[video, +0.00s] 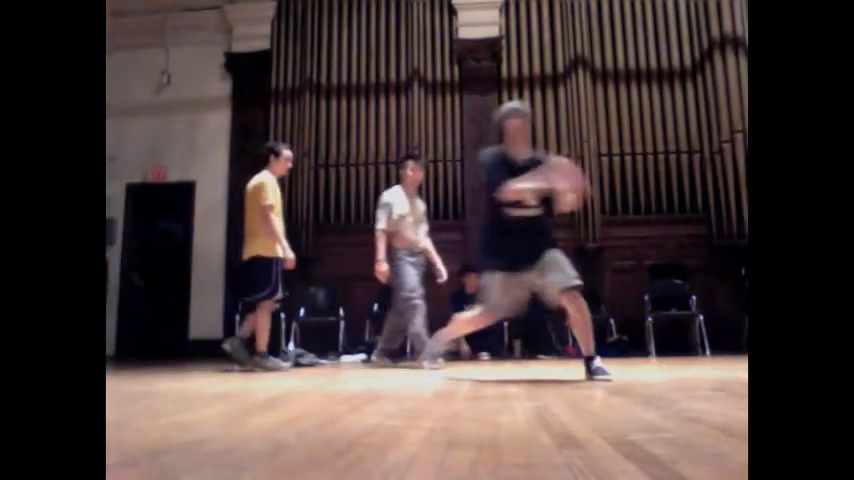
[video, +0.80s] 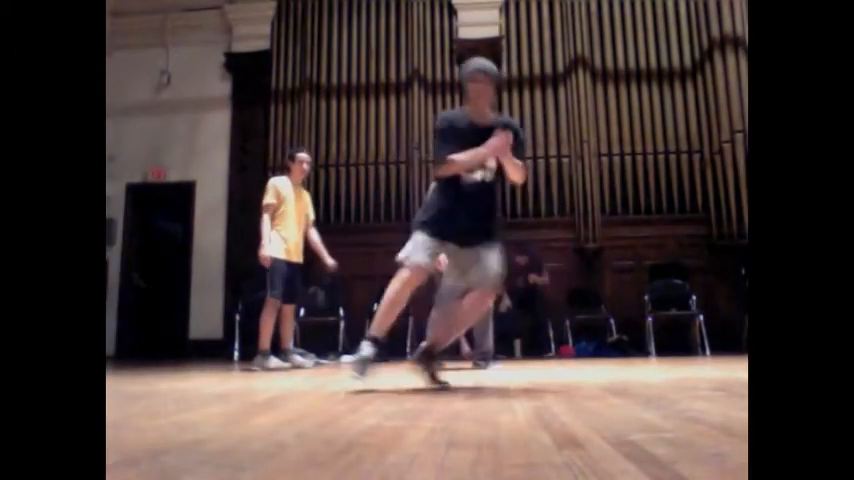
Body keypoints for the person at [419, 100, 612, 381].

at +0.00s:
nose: (516, 130)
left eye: (521, 124)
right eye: (511, 125)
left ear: (528, 126)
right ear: (502, 128)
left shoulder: (542, 163)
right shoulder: (493, 159)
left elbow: (564, 206)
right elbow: (504, 192)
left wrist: (570, 187)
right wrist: (547, 184)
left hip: (540, 251)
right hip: (502, 254)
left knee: (573, 299)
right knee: (491, 313)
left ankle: (592, 361)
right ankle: (439, 341)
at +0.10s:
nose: (525, 121)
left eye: (529, 115)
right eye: (519, 115)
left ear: (536, 119)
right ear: (509, 118)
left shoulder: (550, 157)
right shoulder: (499, 156)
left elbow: (574, 192)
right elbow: (514, 187)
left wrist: (591, 209)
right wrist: (547, 199)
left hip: (546, 245)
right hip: (511, 246)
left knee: (574, 299)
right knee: (509, 297)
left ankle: (591, 359)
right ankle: (476, 321)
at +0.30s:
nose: (528, 81)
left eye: (532, 75)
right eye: (522, 75)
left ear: (539, 82)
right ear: (509, 82)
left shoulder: (546, 128)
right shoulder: (489, 119)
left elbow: (556, 177)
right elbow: (453, 162)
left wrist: (569, 210)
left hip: (541, 213)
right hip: (505, 212)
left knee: (561, 276)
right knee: (534, 268)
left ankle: (556, 340)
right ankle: (537, 353)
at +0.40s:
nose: (530, 85)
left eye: (532, 79)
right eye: (524, 79)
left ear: (532, 85)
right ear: (509, 84)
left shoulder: (534, 130)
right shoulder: (490, 120)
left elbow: (547, 174)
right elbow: (441, 152)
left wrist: (560, 209)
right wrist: (409, 181)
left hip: (536, 218)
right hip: (510, 219)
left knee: (554, 286)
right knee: (563, 282)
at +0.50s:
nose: (519, 83)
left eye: (522, 77)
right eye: (513, 77)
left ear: (526, 83)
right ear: (501, 82)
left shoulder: (530, 130)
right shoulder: (482, 116)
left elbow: (535, 182)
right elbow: (436, 147)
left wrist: (551, 212)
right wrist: (396, 173)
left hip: (520, 225)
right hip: (484, 223)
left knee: (519, 292)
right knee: (533, 287)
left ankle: (533, 362)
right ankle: (458, 338)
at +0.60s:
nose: (510, 83)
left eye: (515, 77)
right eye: (506, 76)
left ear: (522, 82)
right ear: (494, 79)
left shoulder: (531, 127)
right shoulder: (471, 115)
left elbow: (538, 177)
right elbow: (439, 150)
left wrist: (547, 208)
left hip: (514, 220)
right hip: (474, 215)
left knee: (507, 289)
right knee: (479, 284)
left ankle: (442, 350)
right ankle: (486, 349)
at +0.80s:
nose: (478, 90)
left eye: (484, 84)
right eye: (473, 84)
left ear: (495, 88)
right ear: (464, 87)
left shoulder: (507, 128)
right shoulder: (449, 122)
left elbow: (519, 177)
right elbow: (442, 166)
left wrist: (503, 155)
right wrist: (487, 151)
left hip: (481, 228)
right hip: (438, 222)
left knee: (488, 289)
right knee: (412, 272)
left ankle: (429, 351)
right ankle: (370, 344)